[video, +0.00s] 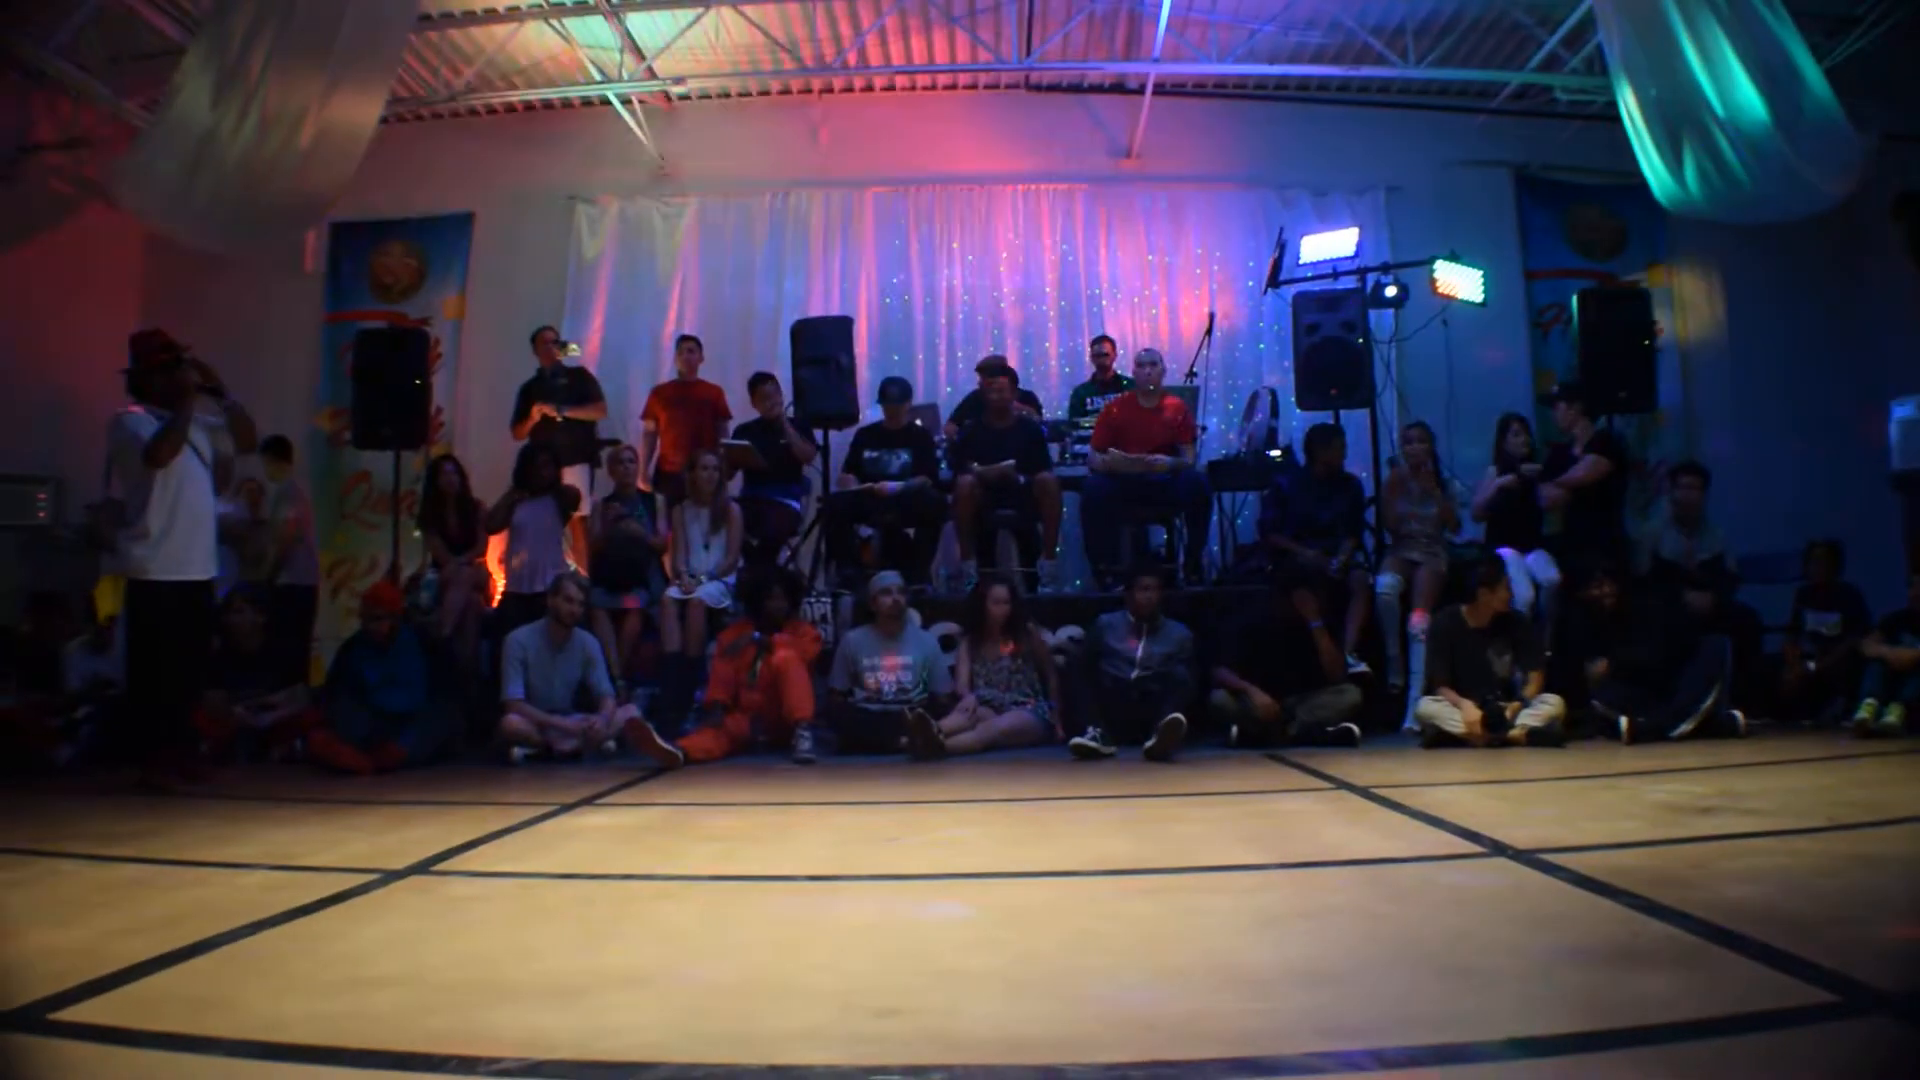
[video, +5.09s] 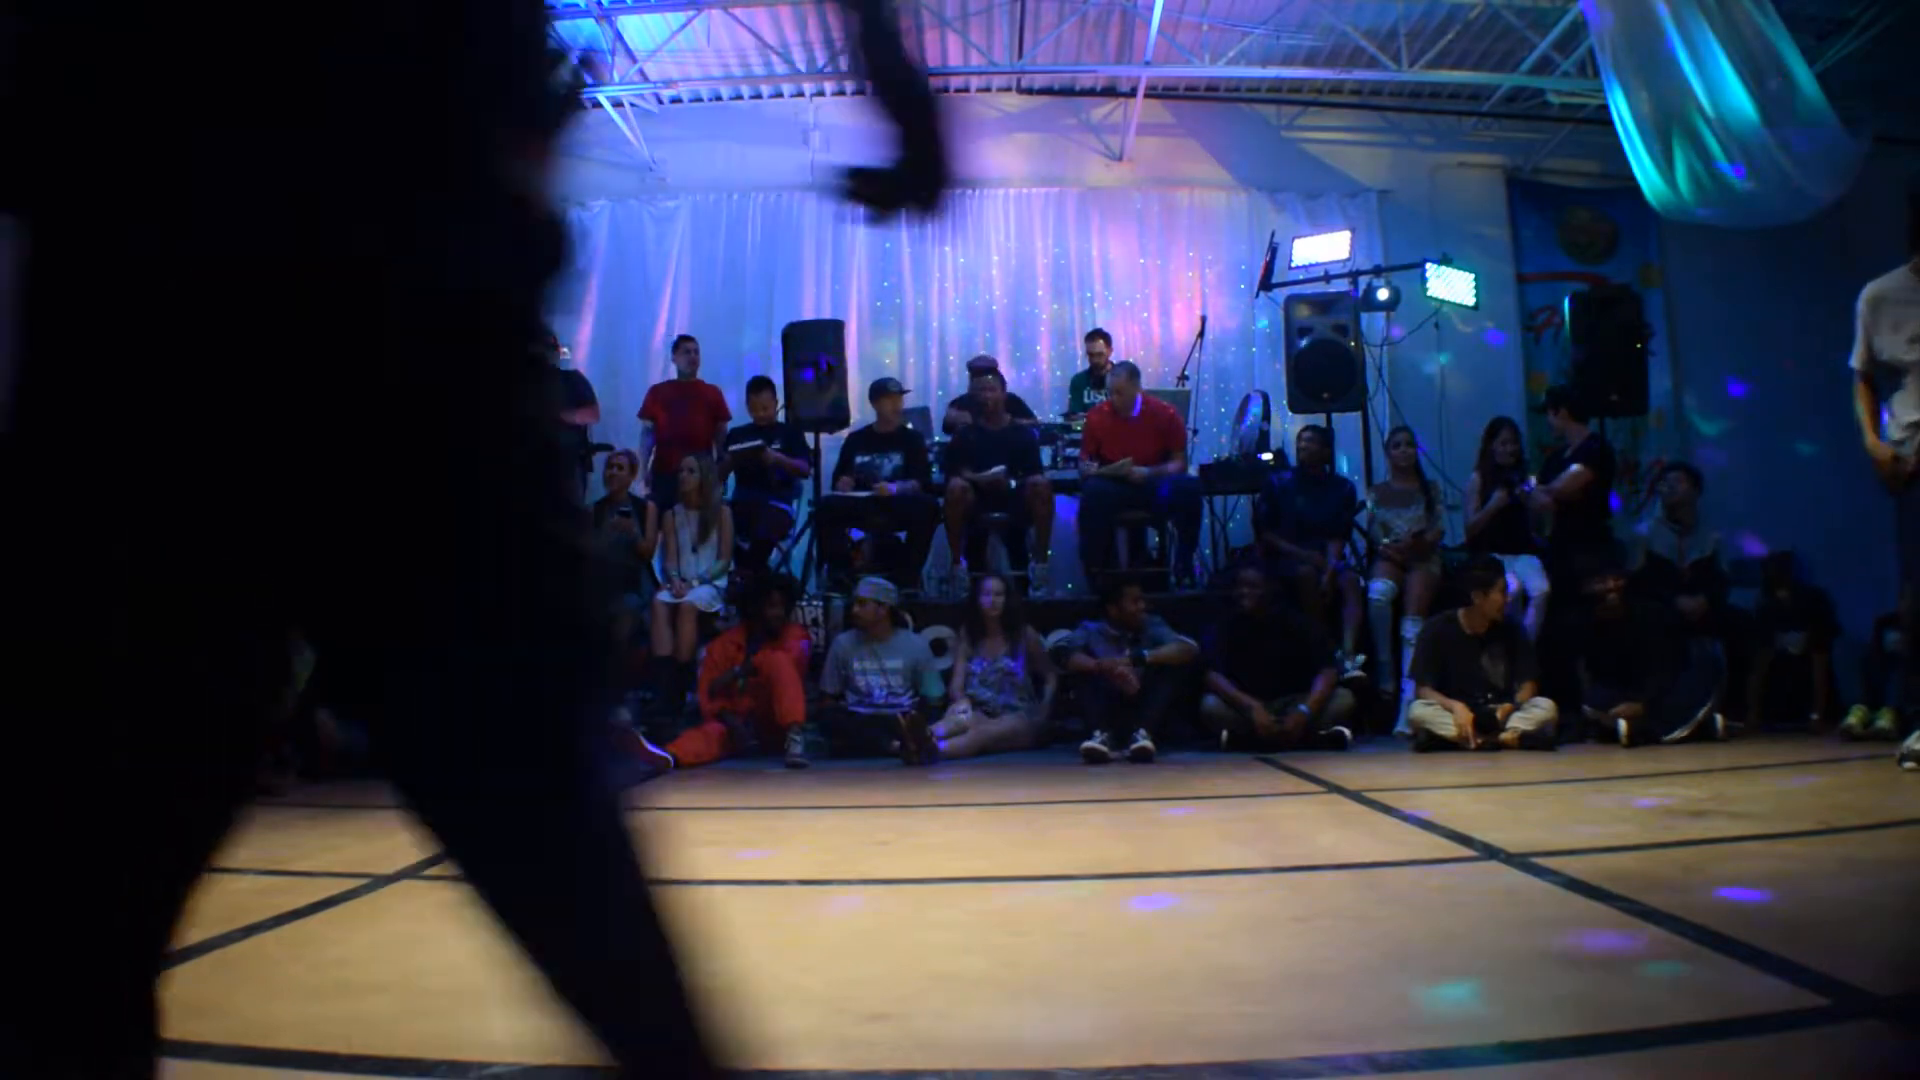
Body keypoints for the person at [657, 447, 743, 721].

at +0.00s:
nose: (709, 475)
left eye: (714, 469)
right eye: (703, 469)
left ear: (721, 475)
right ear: (692, 474)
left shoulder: (730, 510)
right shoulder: (681, 511)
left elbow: (732, 557)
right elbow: (677, 553)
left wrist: (709, 578)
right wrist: (682, 576)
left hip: (719, 576)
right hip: (689, 576)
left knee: (697, 602)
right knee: (668, 600)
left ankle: (692, 672)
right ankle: (670, 670)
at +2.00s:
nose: (700, 478)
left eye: (705, 473)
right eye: (694, 473)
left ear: (711, 479)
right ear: (682, 478)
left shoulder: (720, 513)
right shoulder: (671, 516)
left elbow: (723, 560)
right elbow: (668, 556)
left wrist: (697, 582)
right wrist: (673, 580)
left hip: (709, 581)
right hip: (678, 580)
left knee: (688, 606)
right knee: (659, 603)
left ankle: (682, 679)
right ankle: (662, 676)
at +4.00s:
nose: (700, 478)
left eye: (705, 473)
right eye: (693, 472)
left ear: (711, 478)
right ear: (682, 478)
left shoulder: (721, 513)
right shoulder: (672, 516)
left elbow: (724, 560)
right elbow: (670, 557)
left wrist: (701, 579)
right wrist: (675, 580)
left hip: (712, 580)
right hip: (680, 581)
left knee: (689, 605)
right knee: (660, 603)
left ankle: (682, 680)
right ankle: (664, 678)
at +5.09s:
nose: (683, 477)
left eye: (690, 472)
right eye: (681, 472)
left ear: (704, 478)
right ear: (678, 477)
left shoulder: (721, 514)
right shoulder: (672, 516)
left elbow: (725, 560)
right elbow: (669, 559)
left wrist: (699, 581)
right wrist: (674, 580)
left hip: (709, 580)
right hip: (679, 581)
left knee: (688, 606)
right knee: (660, 603)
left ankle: (681, 678)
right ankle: (662, 676)